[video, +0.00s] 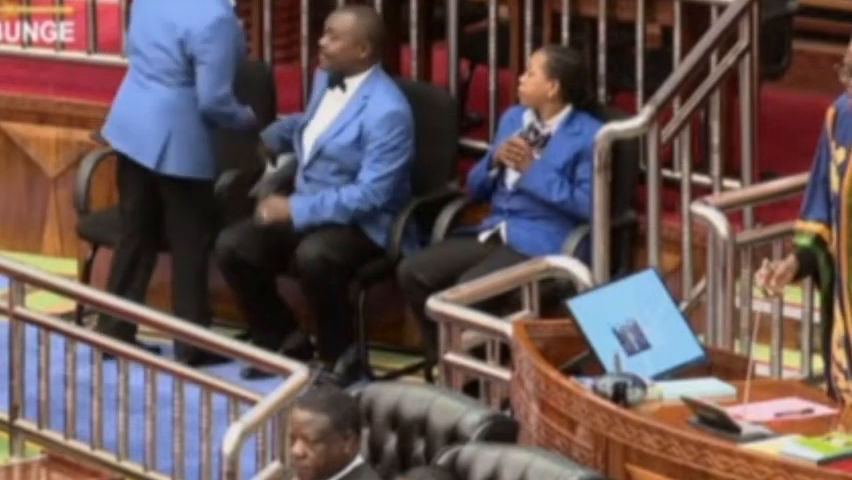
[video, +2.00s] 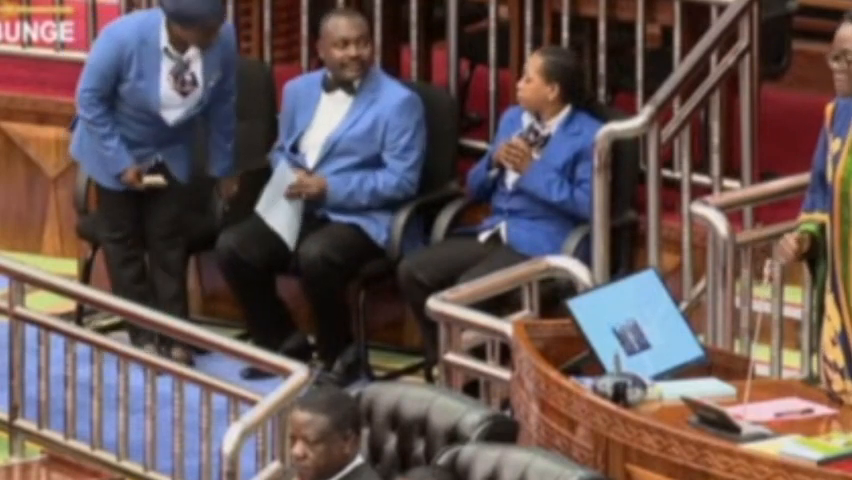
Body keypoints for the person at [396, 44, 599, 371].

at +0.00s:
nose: (520, 79)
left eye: (529, 74)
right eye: (524, 72)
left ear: (552, 87)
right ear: (550, 87)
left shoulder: (590, 135)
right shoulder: (513, 119)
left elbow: (590, 207)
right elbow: (475, 189)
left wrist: (530, 171)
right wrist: (495, 163)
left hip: (539, 250)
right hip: (494, 237)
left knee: (462, 297)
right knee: (414, 271)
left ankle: (483, 380)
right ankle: (448, 365)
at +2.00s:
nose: (519, 86)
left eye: (527, 80)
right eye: (521, 78)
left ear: (553, 91)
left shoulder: (589, 136)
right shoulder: (512, 120)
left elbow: (590, 207)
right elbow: (475, 190)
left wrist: (530, 172)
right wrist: (494, 165)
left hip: (539, 250)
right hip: (495, 235)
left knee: (463, 296)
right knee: (414, 271)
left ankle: (484, 380)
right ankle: (446, 366)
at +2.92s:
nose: (521, 90)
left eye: (531, 83)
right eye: (521, 81)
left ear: (558, 92)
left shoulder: (589, 135)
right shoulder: (512, 120)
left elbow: (589, 206)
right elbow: (476, 188)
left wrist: (530, 172)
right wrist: (495, 164)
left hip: (539, 249)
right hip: (495, 235)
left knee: (464, 295)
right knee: (414, 271)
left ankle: (483, 380)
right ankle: (444, 365)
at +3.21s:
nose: (530, 91)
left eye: (542, 83)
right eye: (527, 81)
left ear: (567, 90)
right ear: (520, 83)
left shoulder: (589, 135)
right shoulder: (512, 120)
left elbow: (590, 206)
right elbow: (476, 188)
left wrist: (530, 172)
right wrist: (495, 164)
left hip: (539, 249)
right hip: (495, 235)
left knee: (464, 295)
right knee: (414, 271)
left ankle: (483, 380)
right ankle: (445, 365)